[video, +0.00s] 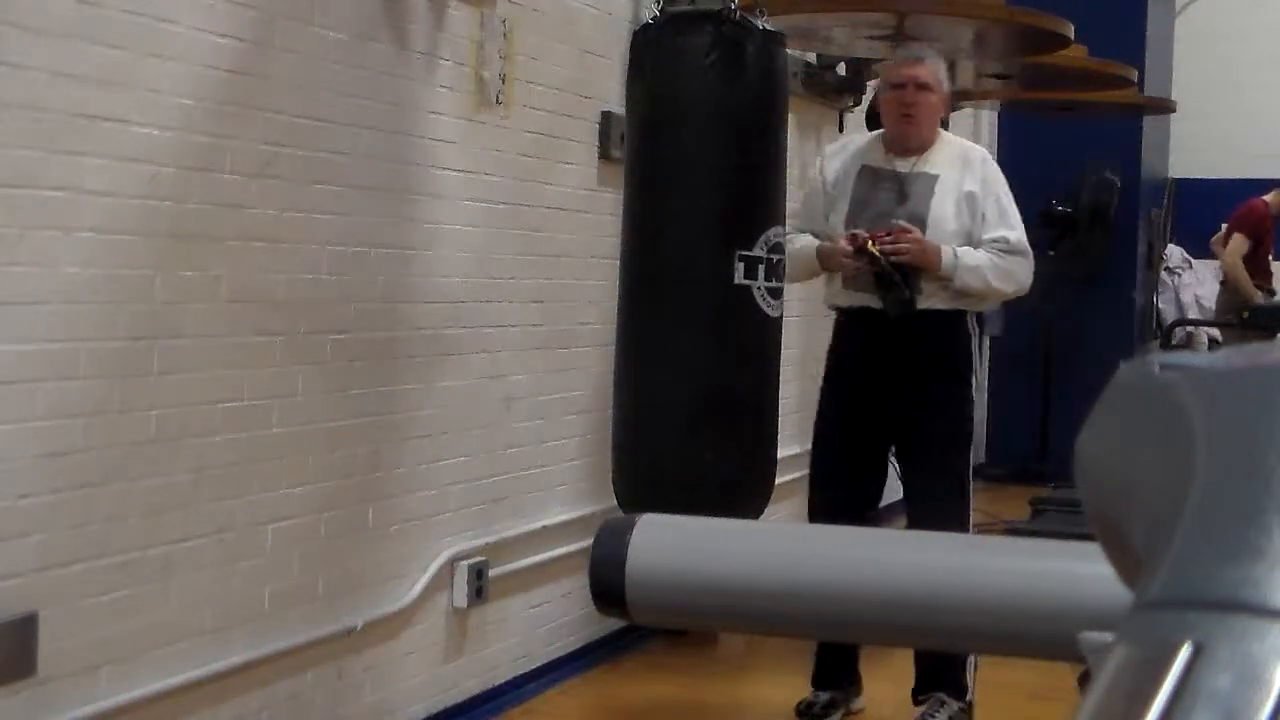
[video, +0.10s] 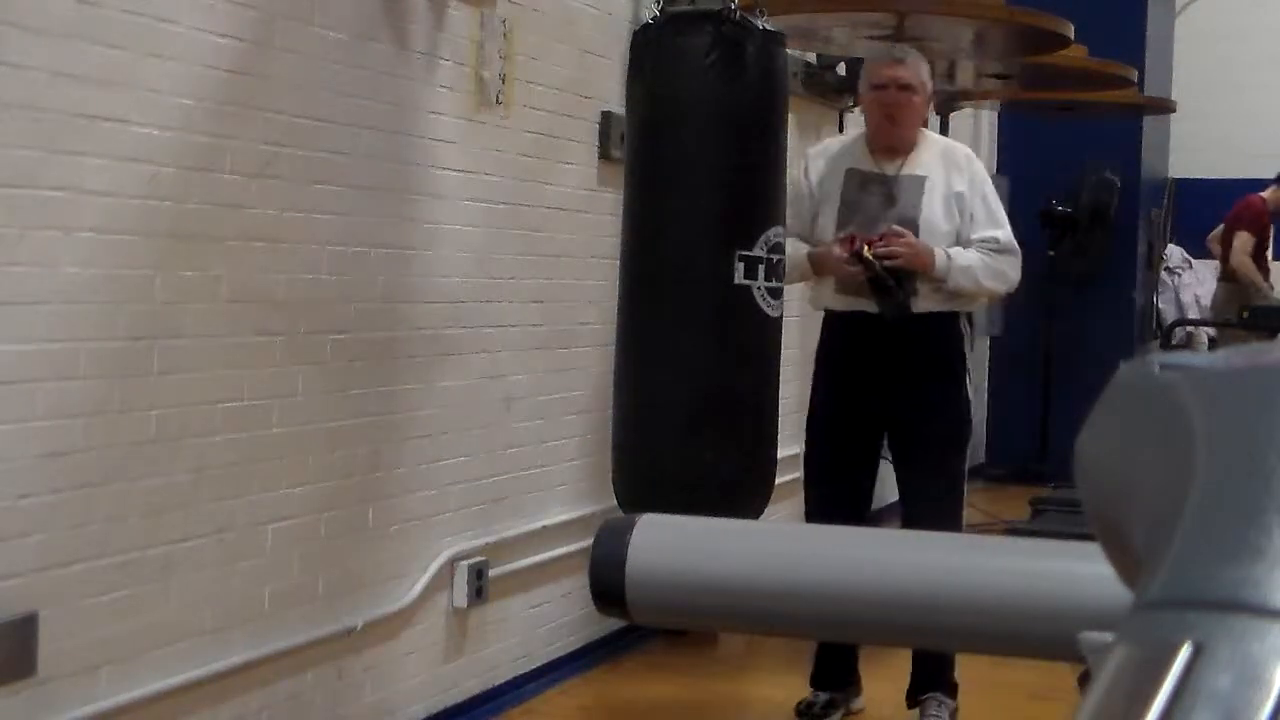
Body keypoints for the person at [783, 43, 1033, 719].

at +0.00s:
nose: (907, 98)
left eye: (922, 88)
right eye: (896, 87)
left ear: (945, 100)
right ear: (878, 96)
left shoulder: (974, 167)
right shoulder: (841, 160)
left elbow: (1016, 269)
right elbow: (789, 249)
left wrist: (935, 256)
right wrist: (830, 254)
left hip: (939, 355)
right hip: (856, 350)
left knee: (939, 521)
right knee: (835, 514)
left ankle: (944, 690)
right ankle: (835, 681)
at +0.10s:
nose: (894, 100)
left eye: (907, 89)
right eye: (881, 87)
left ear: (928, 99)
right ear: (860, 97)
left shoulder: (960, 167)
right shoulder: (822, 163)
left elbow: (1003, 266)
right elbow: (778, 255)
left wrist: (929, 260)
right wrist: (824, 261)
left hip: (931, 358)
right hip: (845, 355)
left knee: (934, 524)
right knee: (831, 518)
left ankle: (934, 688)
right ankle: (835, 681)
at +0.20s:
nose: (880, 101)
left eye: (893, 90)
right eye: (868, 89)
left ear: (917, 100)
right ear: (848, 97)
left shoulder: (948, 165)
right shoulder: (812, 163)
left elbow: (995, 264)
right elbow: (771, 257)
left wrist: (927, 264)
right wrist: (817, 268)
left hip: (925, 363)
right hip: (837, 361)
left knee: (931, 528)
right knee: (829, 524)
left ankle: (934, 689)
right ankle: (835, 683)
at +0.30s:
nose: (878, 108)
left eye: (890, 95)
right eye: (867, 94)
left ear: (912, 100)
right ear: (843, 98)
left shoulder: (944, 165)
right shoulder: (806, 163)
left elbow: (990, 261)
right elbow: (769, 263)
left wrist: (925, 266)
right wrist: (815, 272)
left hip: (922, 362)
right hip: (834, 361)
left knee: (929, 525)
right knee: (831, 524)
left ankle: (939, 687)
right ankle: (835, 684)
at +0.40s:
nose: (877, 113)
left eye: (889, 102)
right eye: (865, 101)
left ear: (909, 101)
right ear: (842, 99)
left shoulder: (942, 163)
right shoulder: (804, 162)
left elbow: (988, 259)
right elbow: (767, 259)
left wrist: (926, 263)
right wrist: (813, 270)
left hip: (922, 360)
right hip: (834, 359)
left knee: (931, 520)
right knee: (830, 521)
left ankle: (942, 681)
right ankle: (835, 683)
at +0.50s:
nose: (880, 121)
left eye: (892, 109)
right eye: (868, 107)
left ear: (911, 104)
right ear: (843, 101)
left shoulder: (943, 164)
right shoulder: (806, 163)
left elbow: (991, 259)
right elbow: (770, 260)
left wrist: (928, 262)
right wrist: (816, 268)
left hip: (923, 358)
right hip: (836, 357)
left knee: (934, 517)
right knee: (831, 519)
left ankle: (941, 671)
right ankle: (835, 681)